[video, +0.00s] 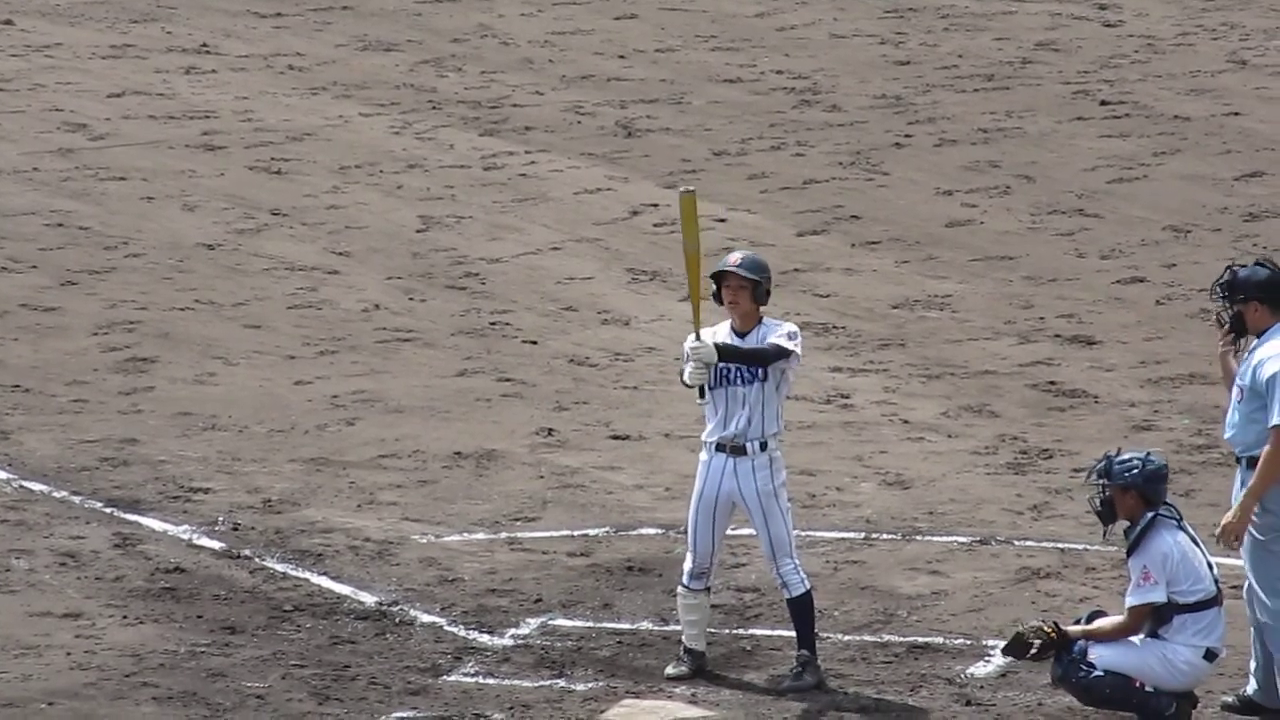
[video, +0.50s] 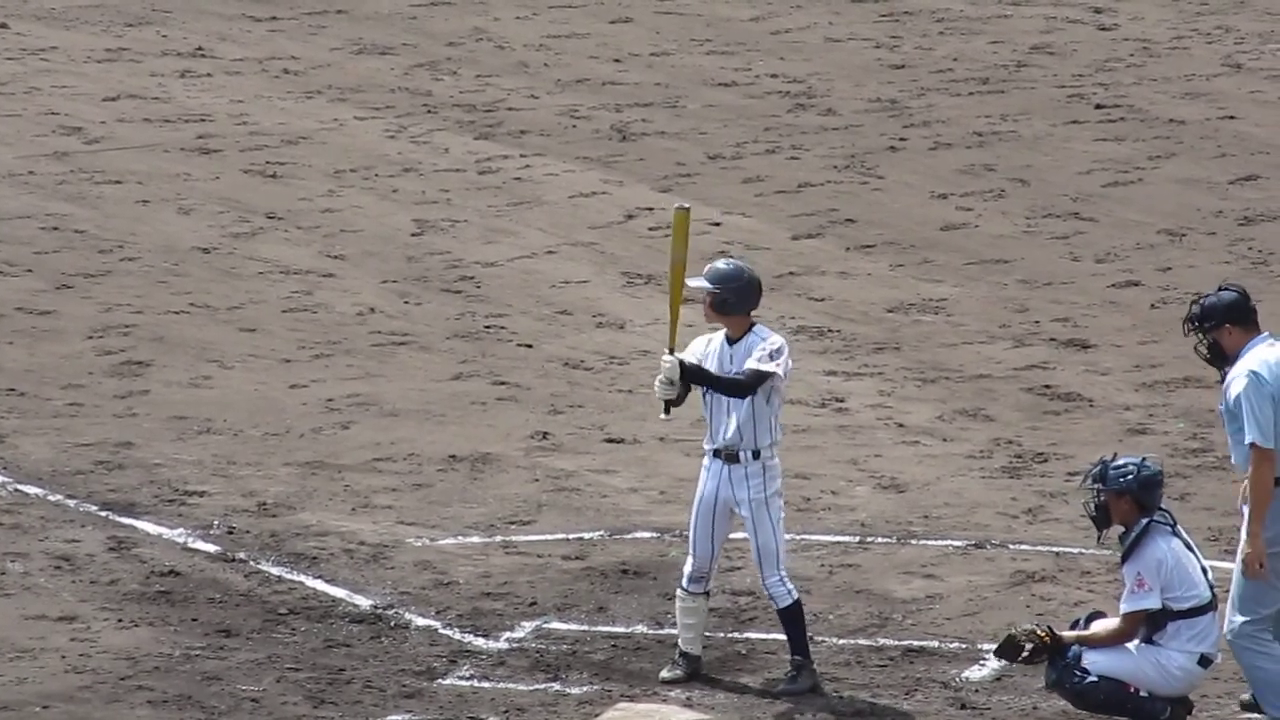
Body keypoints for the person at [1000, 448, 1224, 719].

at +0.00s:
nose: (1105, 497)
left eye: (1111, 491)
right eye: (1106, 490)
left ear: (1132, 496)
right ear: (1135, 495)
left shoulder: (1153, 543)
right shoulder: (1164, 522)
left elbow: (1133, 624)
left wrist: (1071, 633)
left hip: (1184, 659)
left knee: (1072, 664)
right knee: (1091, 622)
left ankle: (1163, 706)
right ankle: (1173, 692)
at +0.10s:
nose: (1106, 499)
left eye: (1112, 492)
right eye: (1107, 491)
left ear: (1133, 498)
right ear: (1136, 496)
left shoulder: (1153, 545)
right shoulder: (1165, 524)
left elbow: (1133, 626)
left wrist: (1070, 635)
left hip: (1184, 662)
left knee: (1072, 666)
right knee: (1090, 625)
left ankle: (1166, 708)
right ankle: (1174, 694)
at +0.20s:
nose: (1103, 498)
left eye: (1110, 491)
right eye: (1105, 490)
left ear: (1130, 498)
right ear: (1133, 496)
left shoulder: (1150, 545)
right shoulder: (1163, 523)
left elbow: (1131, 625)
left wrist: (1066, 635)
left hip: (1181, 661)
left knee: (1069, 665)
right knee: (1088, 623)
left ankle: (1163, 707)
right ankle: (1172, 693)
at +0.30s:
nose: (1102, 500)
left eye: (1108, 494)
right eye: (1103, 492)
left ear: (1129, 499)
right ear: (1132, 498)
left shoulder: (1150, 547)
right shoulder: (1162, 525)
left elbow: (1129, 627)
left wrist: (1065, 638)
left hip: (1180, 663)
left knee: (1068, 667)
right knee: (1087, 626)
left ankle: (1161, 709)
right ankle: (1171, 695)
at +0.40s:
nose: (1100, 500)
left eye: (1106, 494)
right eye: (1101, 493)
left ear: (1127, 499)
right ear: (1130, 498)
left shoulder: (1148, 547)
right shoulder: (1160, 525)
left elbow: (1128, 627)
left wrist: (1064, 638)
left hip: (1179, 664)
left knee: (1067, 667)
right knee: (1086, 625)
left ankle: (1161, 709)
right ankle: (1170, 695)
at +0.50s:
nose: (1099, 502)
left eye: (1106, 495)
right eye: (1101, 494)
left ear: (1127, 501)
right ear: (1129, 500)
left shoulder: (1148, 550)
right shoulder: (1159, 526)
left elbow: (1127, 629)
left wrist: (1062, 639)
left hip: (1178, 666)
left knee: (1066, 668)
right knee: (1087, 626)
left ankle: (1161, 710)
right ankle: (1169, 696)